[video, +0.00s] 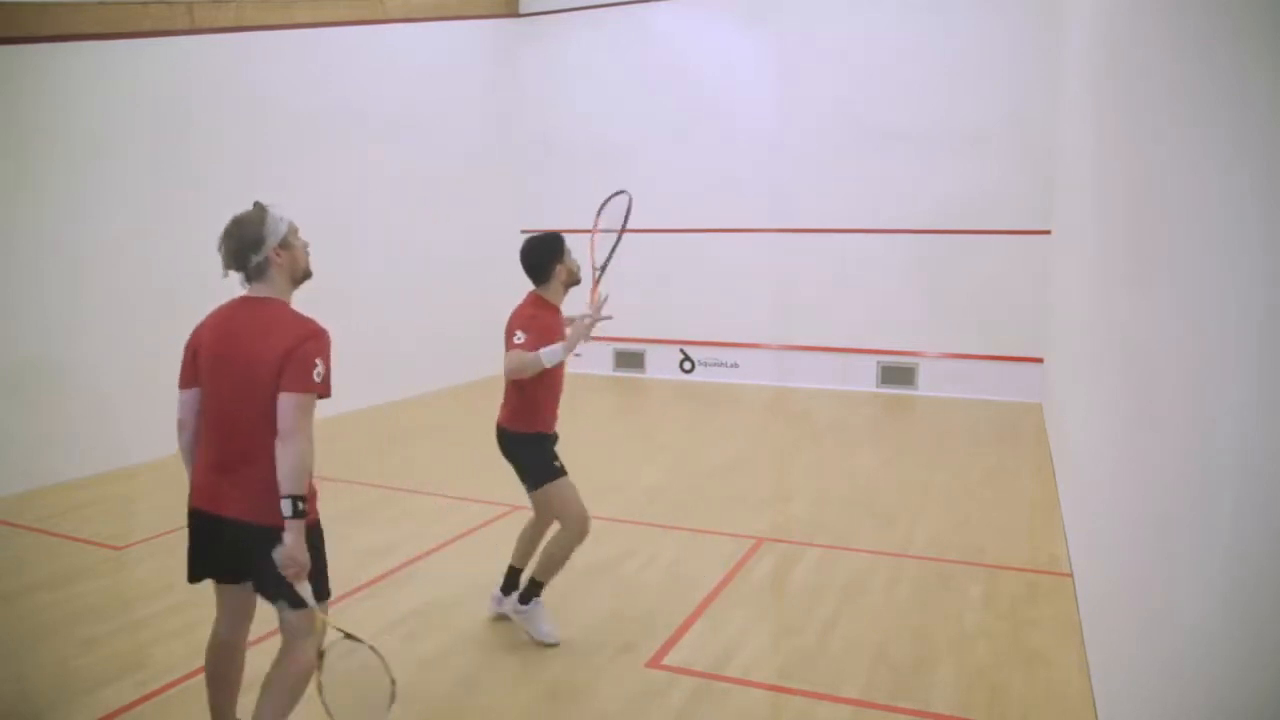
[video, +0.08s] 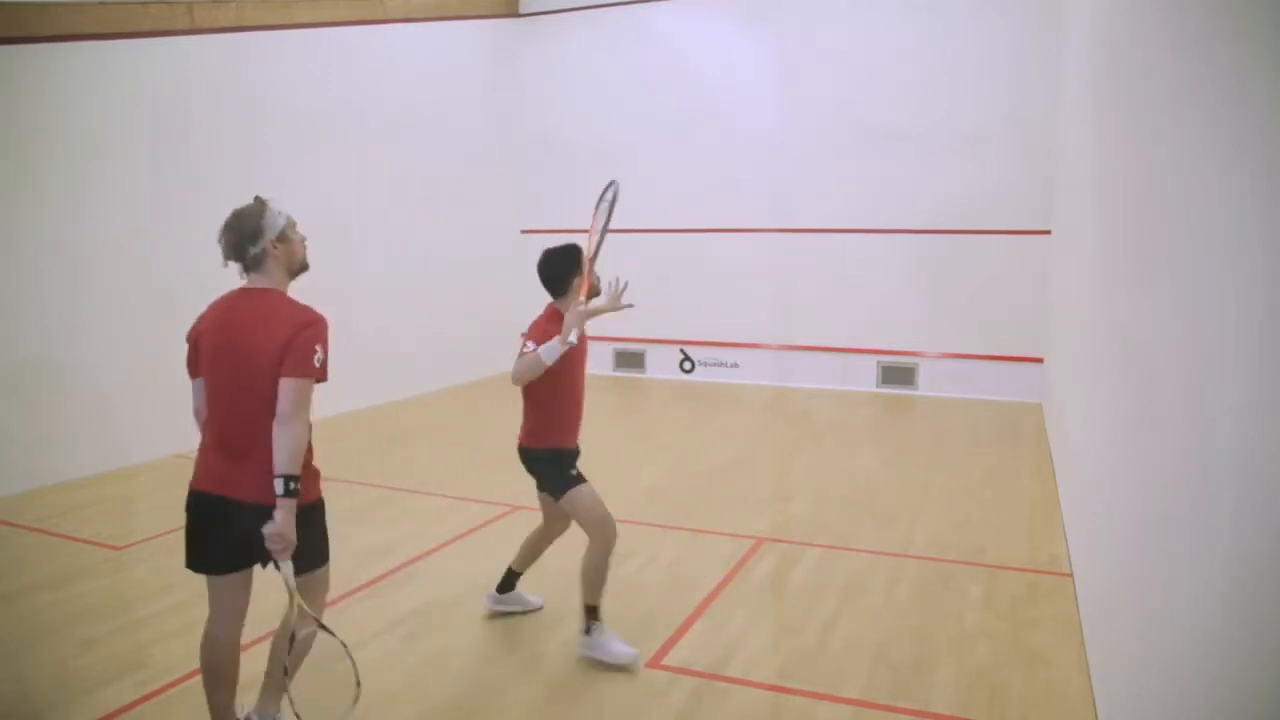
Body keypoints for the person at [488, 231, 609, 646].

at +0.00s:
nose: (574, 264)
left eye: (570, 257)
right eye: (569, 258)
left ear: (546, 271)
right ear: (558, 269)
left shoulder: (547, 311)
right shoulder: (530, 317)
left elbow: (558, 332)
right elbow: (514, 367)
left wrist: (588, 319)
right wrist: (567, 345)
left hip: (534, 432)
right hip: (523, 436)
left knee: (544, 514)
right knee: (576, 523)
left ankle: (507, 592)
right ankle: (527, 600)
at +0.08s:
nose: (593, 275)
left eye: (590, 268)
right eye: (588, 270)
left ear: (562, 284)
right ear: (577, 281)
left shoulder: (570, 315)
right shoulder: (545, 327)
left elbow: (583, 313)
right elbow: (520, 375)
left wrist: (607, 306)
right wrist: (565, 338)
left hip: (559, 446)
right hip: (544, 451)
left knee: (555, 524)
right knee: (603, 531)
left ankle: (503, 591)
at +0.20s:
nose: (629, 288)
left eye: (625, 282)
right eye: (621, 283)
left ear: (597, 301)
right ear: (605, 298)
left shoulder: (608, 336)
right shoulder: (583, 345)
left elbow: (616, 315)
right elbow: (551, 392)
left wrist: (636, 302)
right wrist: (568, 336)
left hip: (601, 466)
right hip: (585, 470)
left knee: (569, 532)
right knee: (641, 554)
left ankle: (510, 584)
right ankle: (682, 660)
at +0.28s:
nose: (655, 295)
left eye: (651, 288)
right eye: (648, 290)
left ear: (623, 311)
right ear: (633, 307)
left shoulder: (634, 344)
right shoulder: (607, 360)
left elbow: (642, 327)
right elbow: (613, 406)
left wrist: (654, 310)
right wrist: (600, 343)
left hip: (621, 476)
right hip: (618, 481)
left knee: (585, 534)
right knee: (681, 561)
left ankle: (523, 581)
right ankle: (701, 673)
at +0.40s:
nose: (687, 286)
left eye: (681, 277)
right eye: (680, 280)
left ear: (648, 299)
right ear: (666, 294)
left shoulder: (641, 337)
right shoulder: (656, 353)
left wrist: (729, 368)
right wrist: (709, 366)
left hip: (629, 473)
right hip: (654, 484)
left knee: (629, 540)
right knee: (723, 570)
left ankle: (577, 608)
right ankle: (707, 674)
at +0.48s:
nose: (701, 276)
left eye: (695, 268)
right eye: (693, 270)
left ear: (656, 287)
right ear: (677, 284)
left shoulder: (637, 329)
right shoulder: (699, 348)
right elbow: (792, 354)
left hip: (635, 468)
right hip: (671, 478)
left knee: (660, 535)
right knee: (745, 566)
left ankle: (624, 617)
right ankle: (713, 669)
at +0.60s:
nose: (717, 285)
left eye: (712, 277)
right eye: (713, 278)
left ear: (672, 293)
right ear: (704, 288)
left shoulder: (655, 344)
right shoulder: (715, 352)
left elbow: (693, 378)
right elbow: (782, 364)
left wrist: (742, 388)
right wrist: (831, 359)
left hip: (658, 487)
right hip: (698, 494)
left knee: (697, 533)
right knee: (768, 595)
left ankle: (659, 618)